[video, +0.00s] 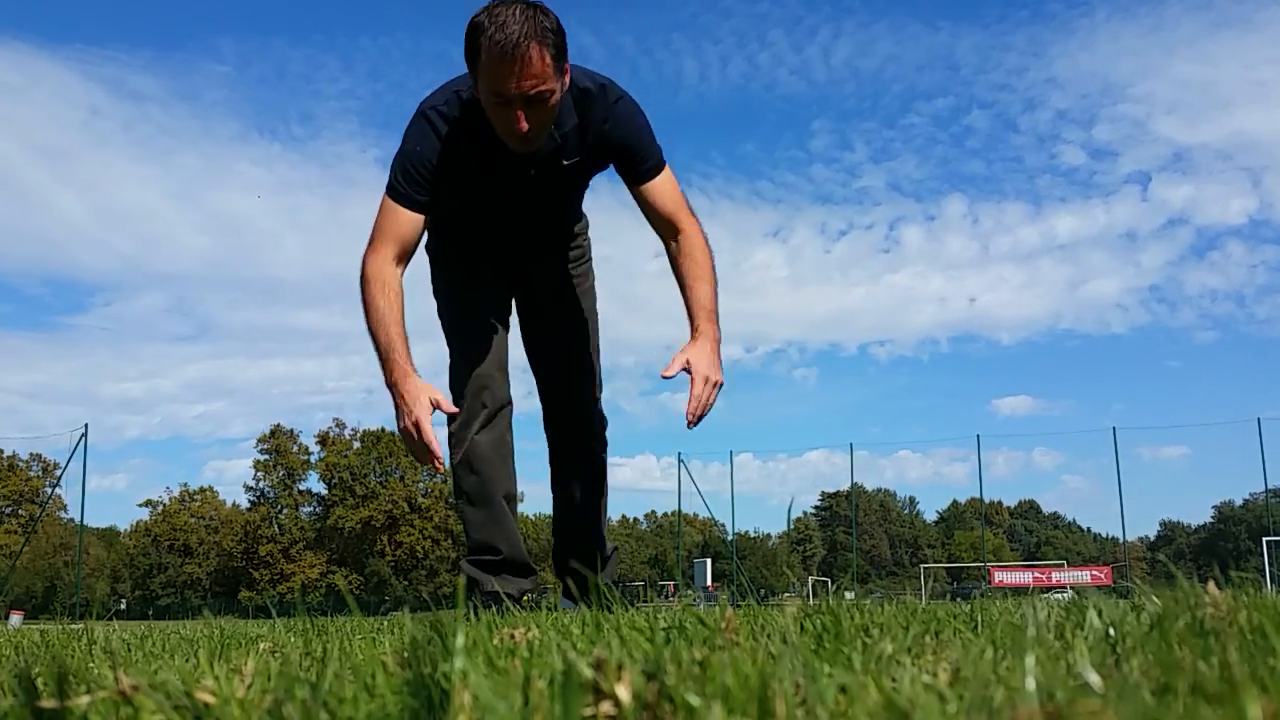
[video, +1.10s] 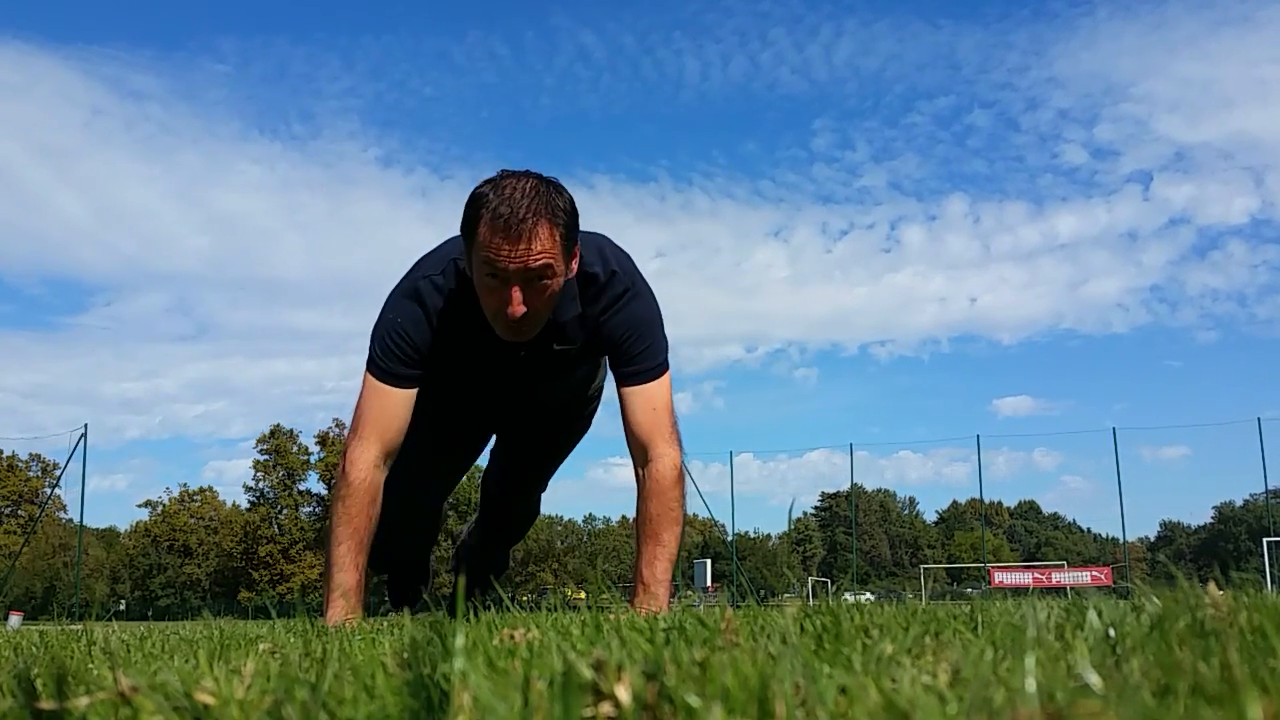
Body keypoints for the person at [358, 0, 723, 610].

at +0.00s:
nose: (520, 121)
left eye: (535, 101)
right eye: (502, 103)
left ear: (564, 76)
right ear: (476, 80)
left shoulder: (604, 110)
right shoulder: (440, 124)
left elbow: (680, 228)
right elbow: (381, 259)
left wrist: (706, 336)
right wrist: (401, 379)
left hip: (556, 248)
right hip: (466, 255)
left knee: (577, 407)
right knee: (482, 400)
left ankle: (588, 583)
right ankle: (498, 590)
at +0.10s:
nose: (509, 154)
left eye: (525, 134)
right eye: (490, 136)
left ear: (554, 110)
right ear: (463, 112)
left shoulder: (596, 136)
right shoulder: (427, 145)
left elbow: (670, 267)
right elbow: (363, 282)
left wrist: (701, 405)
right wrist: (384, 420)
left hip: (551, 259)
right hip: (463, 264)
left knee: (559, 412)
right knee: (479, 407)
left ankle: (559, 577)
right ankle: (497, 584)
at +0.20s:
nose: (503, 196)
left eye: (519, 174)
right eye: (484, 177)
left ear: (548, 147)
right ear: (456, 154)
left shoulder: (591, 172)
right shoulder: (418, 175)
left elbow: (653, 311)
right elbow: (352, 309)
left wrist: (683, 459)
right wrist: (363, 456)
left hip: (549, 264)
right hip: (460, 268)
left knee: (542, 409)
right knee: (479, 400)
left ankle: (534, 579)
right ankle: (497, 588)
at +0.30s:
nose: (502, 239)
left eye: (519, 218)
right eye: (483, 221)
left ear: (544, 188)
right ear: (456, 195)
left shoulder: (589, 210)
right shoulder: (415, 204)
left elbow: (640, 357)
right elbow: (346, 336)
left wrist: (658, 505)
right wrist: (347, 485)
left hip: (547, 275)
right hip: (454, 272)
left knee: (532, 408)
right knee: (471, 400)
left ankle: (506, 573)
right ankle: (495, 582)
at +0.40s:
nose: (501, 279)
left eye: (518, 259)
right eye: (482, 261)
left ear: (546, 227)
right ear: (453, 234)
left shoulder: (585, 243)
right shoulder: (414, 234)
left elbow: (631, 399)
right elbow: (343, 368)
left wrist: (638, 554)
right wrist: (342, 522)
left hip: (548, 295)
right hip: (450, 290)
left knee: (523, 420)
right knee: (460, 415)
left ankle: (495, 566)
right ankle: (493, 580)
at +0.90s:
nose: (519, 300)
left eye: (541, 277)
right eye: (500, 274)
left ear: (575, 261)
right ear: (476, 253)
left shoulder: (620, 292)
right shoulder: (427, 298)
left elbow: (652, 451)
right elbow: (372, 446)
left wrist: (648, 608)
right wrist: (348, 614)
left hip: (561, 374)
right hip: (469, 367)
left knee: (517, 488)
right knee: (379, 437)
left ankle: (480, 593)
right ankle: (477, 580)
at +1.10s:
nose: (515, 303)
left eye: (536, 279)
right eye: (495, 278)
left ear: (570, 262)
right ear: (468, 257)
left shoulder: (615, 290)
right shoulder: (421, 300)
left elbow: (658, 455)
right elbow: (365, 454)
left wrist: (649, 613)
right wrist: (341, 620)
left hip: (556, 393)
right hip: (456, 385)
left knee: (512, 501)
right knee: (410, 495)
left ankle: (475, 587)